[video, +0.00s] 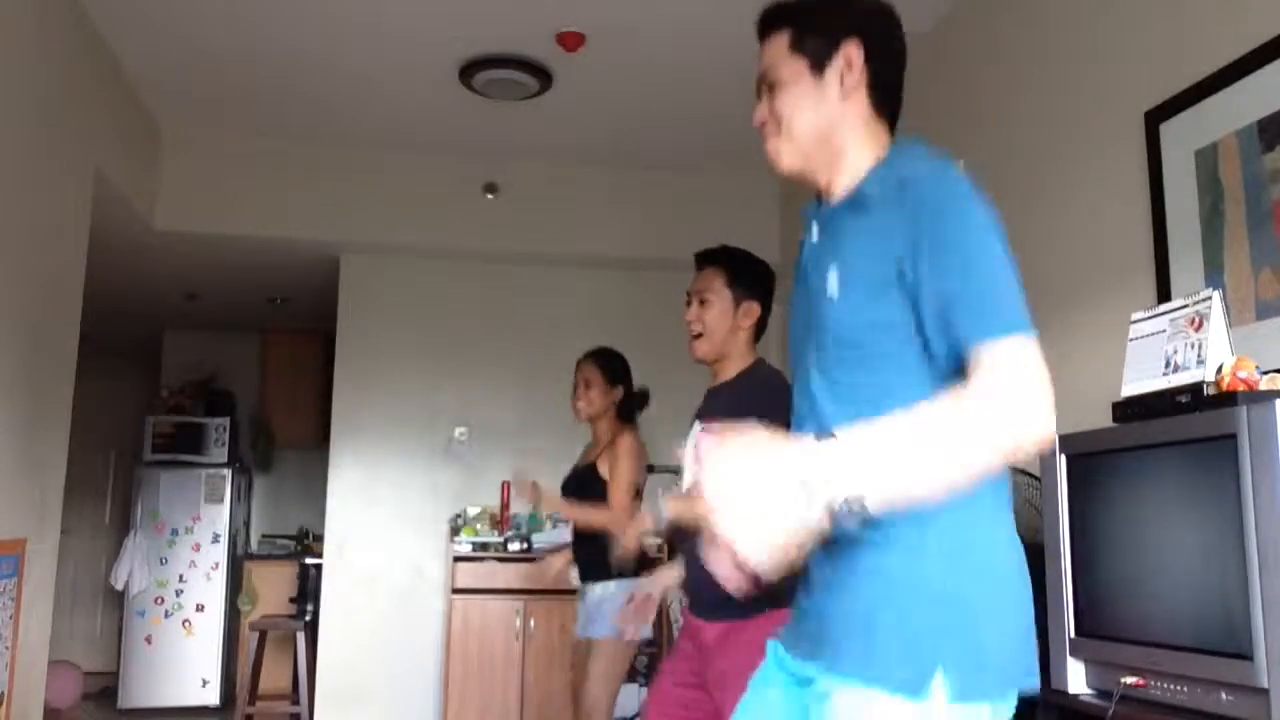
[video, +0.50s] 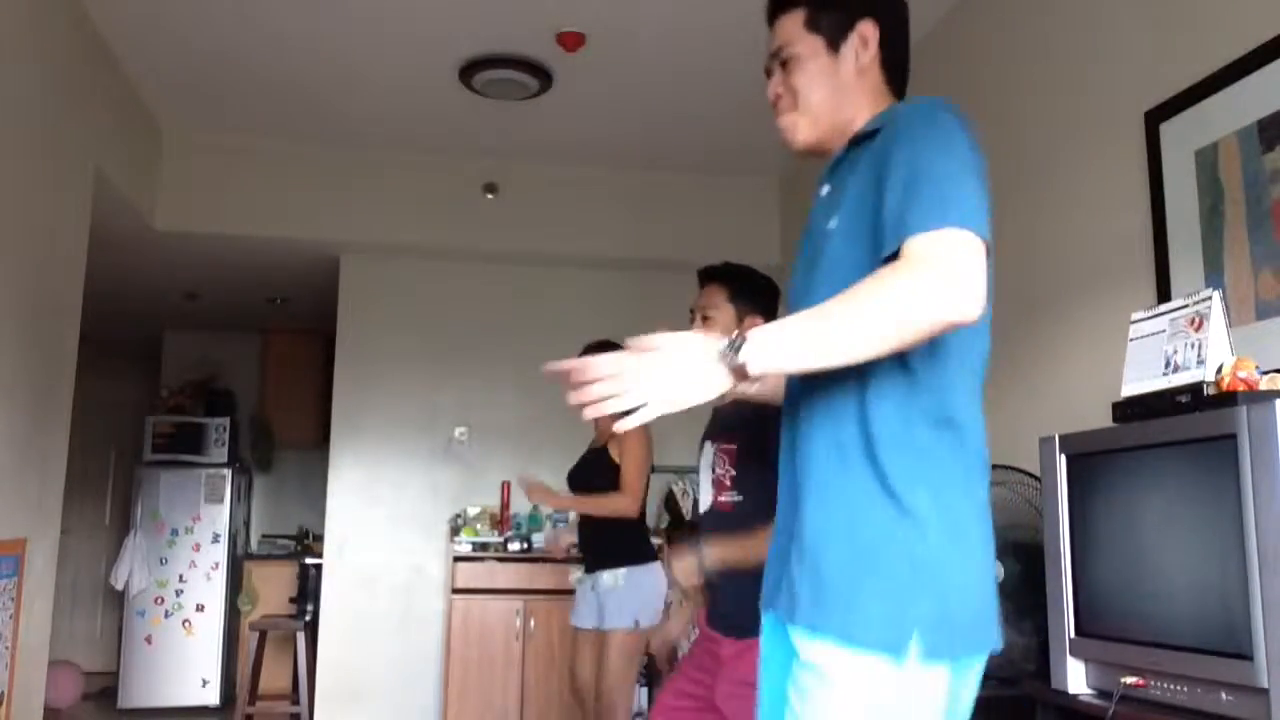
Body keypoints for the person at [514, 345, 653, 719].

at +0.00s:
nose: (578, 395)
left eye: (589, 386)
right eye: (577, 386)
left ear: (617, 393)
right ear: (576, 390)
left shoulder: (625, 443)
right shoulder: (596, 443)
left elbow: (620, 516)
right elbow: (596, 525)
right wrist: (557, 562)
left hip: (620, 589)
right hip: (593, 587)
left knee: (594, 703)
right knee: (580, 698)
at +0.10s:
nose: (580, 390)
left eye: (590, 381)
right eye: (577, 381)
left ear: (617, 387)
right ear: (573, 385)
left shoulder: (624, 428)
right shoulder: (598, 435)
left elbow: (627, 507)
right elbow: (599, 503)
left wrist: (562, 507)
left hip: (625, 580)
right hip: (592, 577)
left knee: (605, 701)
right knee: (579, 684)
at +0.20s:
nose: (582, 407)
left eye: (591, 397)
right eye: (580, 398)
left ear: (618, 405)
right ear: (580, 406)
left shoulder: (621, 461)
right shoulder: (601, 463)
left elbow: (643, 528)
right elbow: (586, 532)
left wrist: (581, 559)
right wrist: (557, 496)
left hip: (628, 595)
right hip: (607, 594)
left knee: (606, 710)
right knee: (598, 707)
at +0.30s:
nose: (585, 417)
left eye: (597, 409)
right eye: (582, 408)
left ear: (622, 419)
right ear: (576, 412)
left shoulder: (623, 464)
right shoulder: (601, 466)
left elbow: (641, 541)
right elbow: (599, 538)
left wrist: (577, 569)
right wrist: (547, 527)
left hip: (626, 606)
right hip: (606, 603)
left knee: (598, 712)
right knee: (576, 704)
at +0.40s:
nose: (584, 398)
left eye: (595, 391)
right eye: (581, 390)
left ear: (620, 399)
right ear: (576, 396)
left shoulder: (627, 444)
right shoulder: (597, 449)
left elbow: (627, 524)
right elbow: (601, 522)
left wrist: (565, 517)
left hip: (625, 587)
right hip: (600, 586)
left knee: (603, 709)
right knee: (587, 705)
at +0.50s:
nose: (584, 391)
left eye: (591, 381)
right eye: (581, 382)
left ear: (614, 379)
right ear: (584, 387)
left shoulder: (632, 431)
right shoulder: (599, 438)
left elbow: (631, 504)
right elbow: (610, 518)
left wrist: (559, 501)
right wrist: (572, 541)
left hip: (630, 576)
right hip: (595, 576)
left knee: (614, 696)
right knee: (583, 687)